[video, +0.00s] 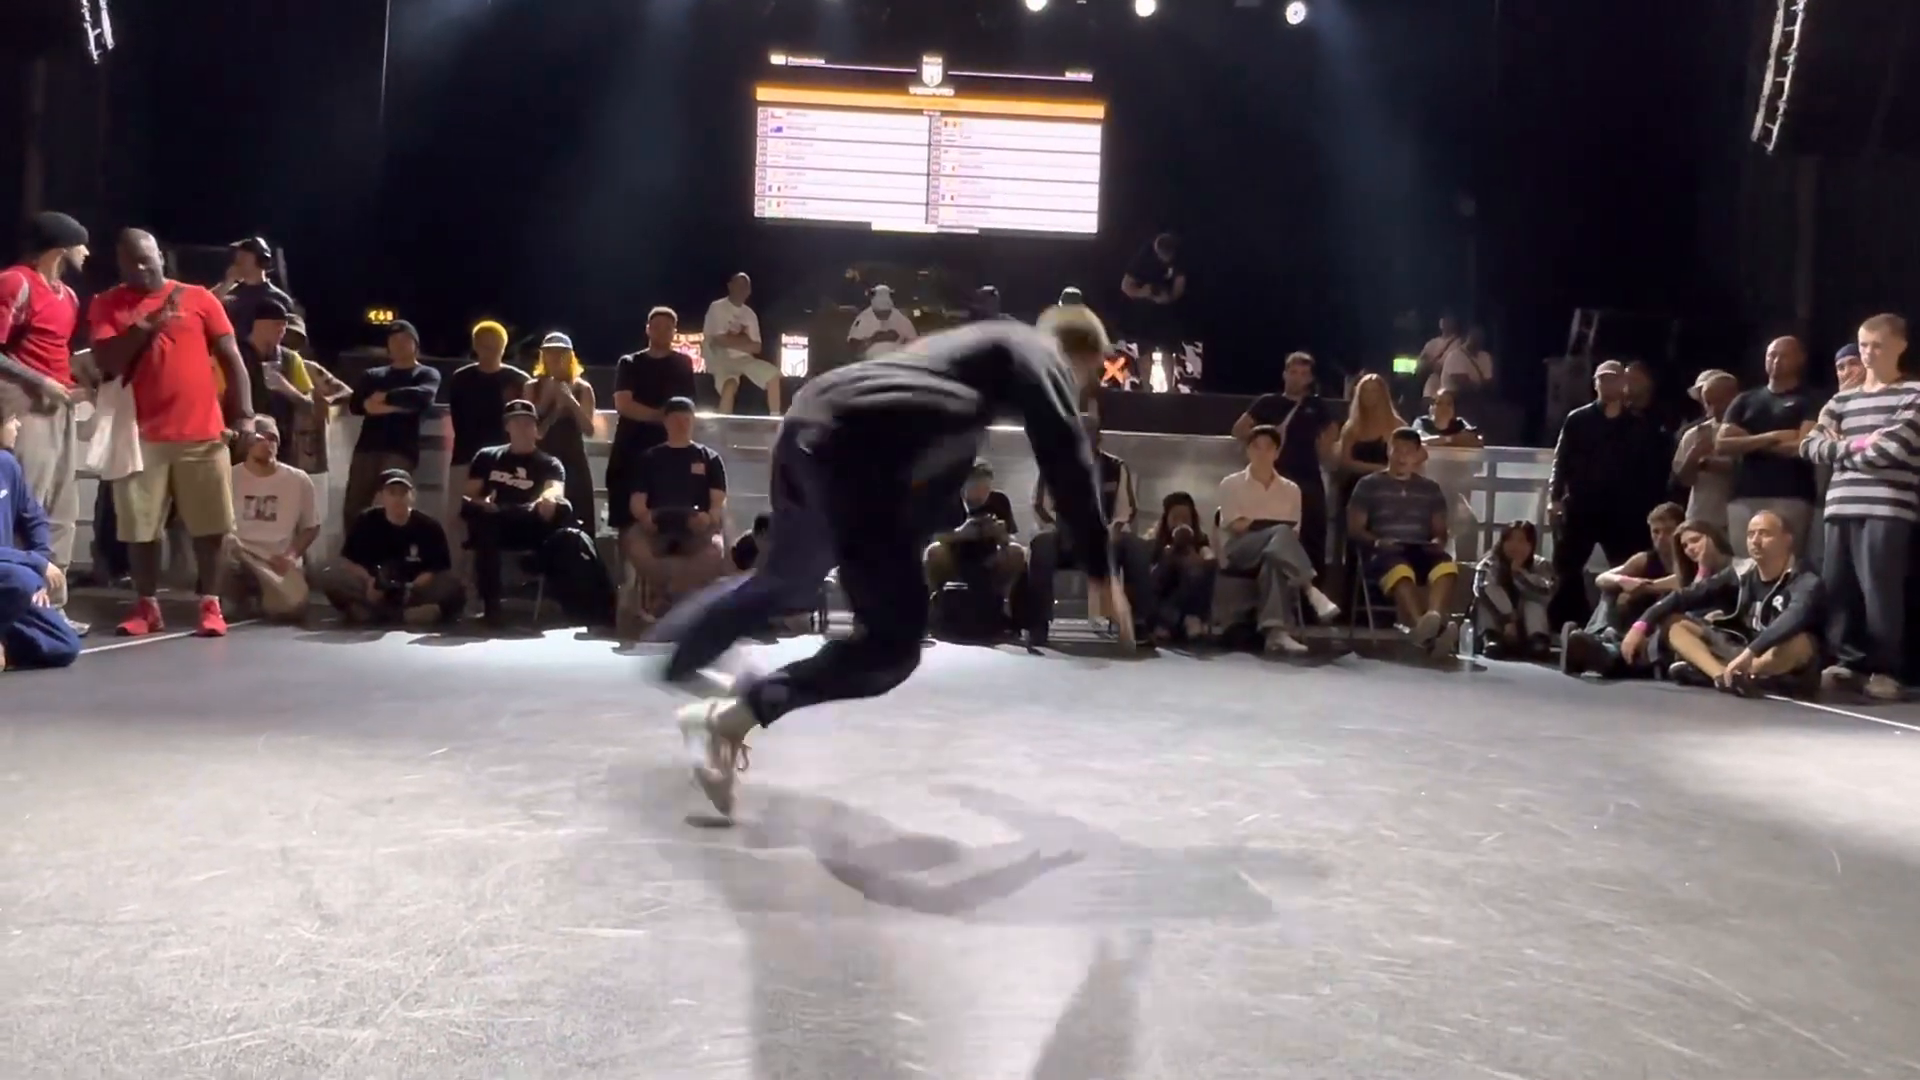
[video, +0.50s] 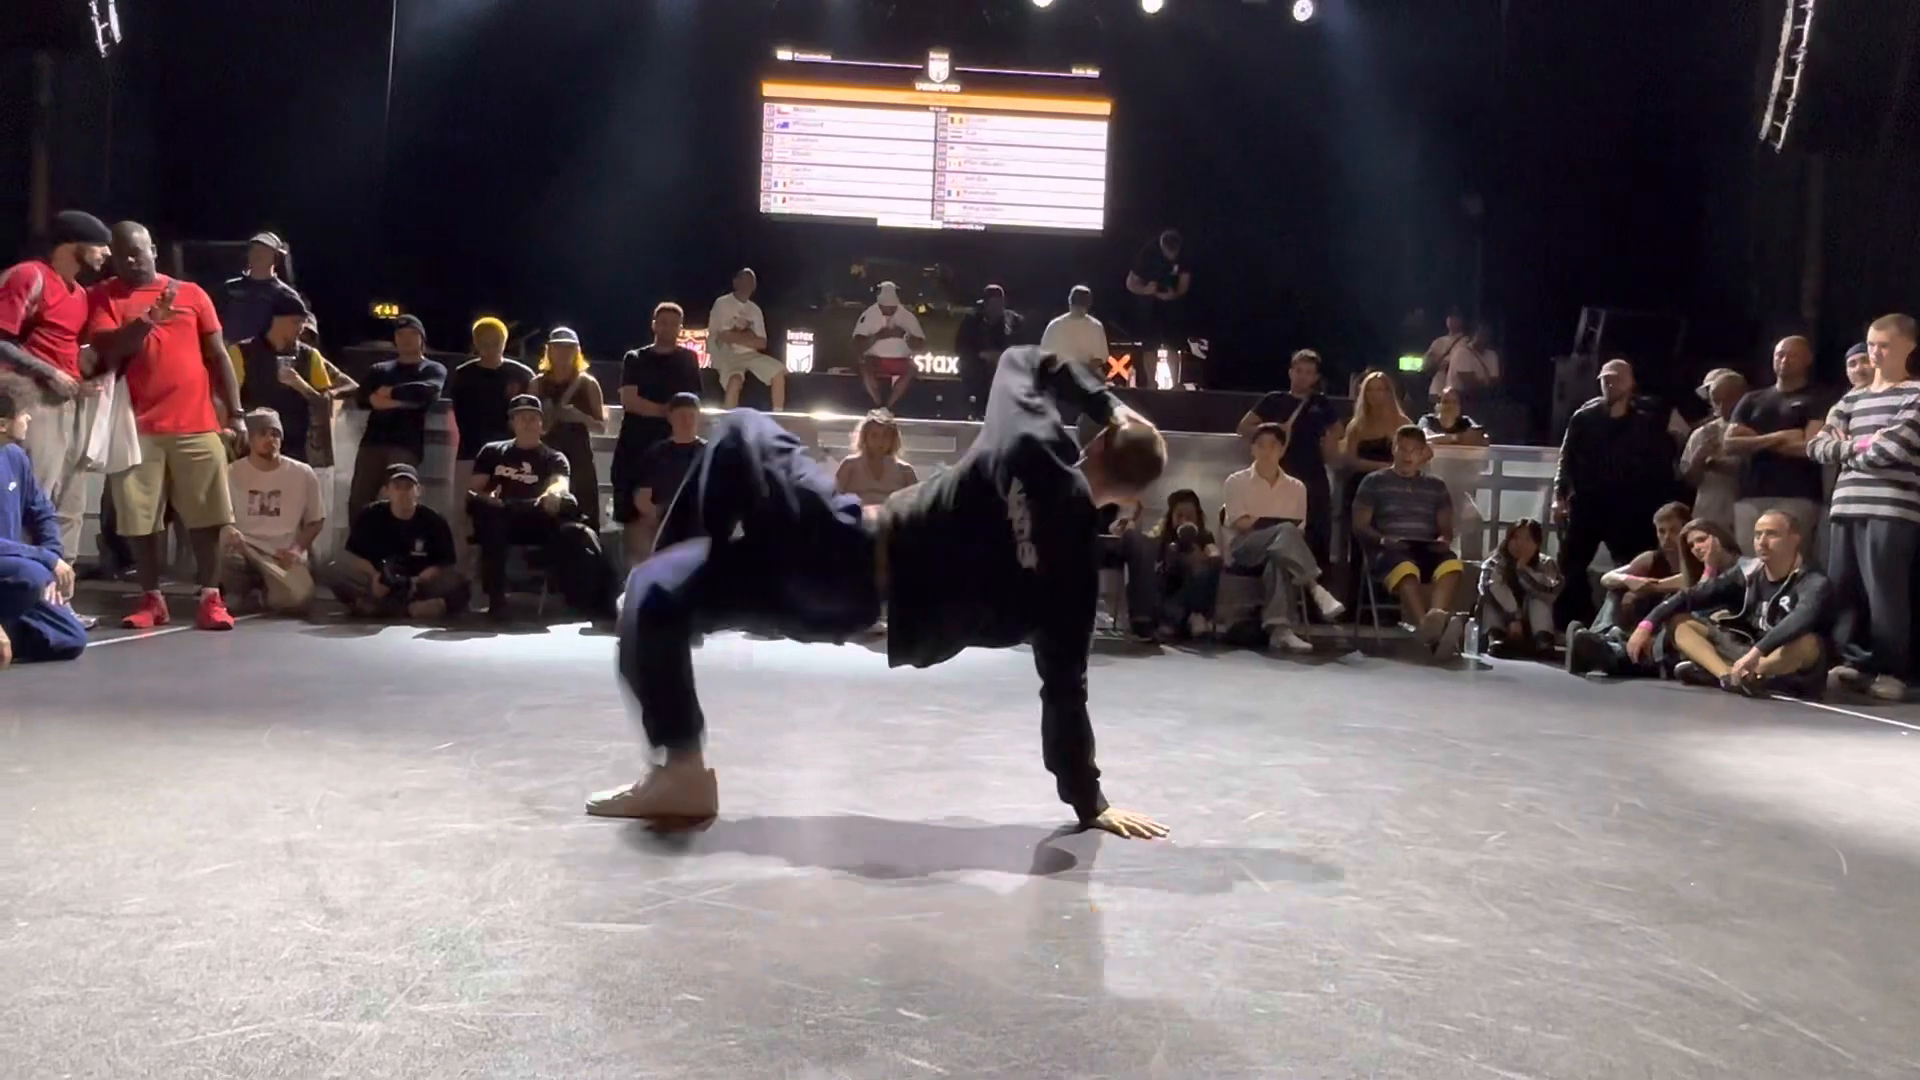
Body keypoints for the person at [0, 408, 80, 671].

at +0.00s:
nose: (18, 425)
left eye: (16, 418)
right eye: (13, 419)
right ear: (2, 426)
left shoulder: (8, 464)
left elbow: (35, 519)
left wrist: (41, 577)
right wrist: (40, 564)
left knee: (66, 645)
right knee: (21, 582)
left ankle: (7, 650)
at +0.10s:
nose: (20, 424)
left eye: (18, 417)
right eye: (14, 419)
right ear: (3, 425)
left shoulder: (9, 463)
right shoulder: (8, 463)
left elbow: (36, 517)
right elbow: (4, 550)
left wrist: (43, 572)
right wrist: (41, 564)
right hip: (5, 567)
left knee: (67, 643)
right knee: (23, 579)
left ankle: (7, 649)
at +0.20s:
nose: (24, 422)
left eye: (22, 415)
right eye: (18, 416)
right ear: (3, 423)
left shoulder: (10, 461)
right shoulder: (9, 461)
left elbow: (37, 516)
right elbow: (4, 549)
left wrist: (45, 575)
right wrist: (43, 563)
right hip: (5, 566)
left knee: (68, 641)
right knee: (24, 579)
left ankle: (7, 646)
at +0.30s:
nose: (25, 420)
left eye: (24, 413)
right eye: (20, 415)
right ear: (5, 423)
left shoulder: (11, 459)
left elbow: (39, 515)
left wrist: (48, 568)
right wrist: (46, 562)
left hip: (17, 566)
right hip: (6, 564)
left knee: (70, 640)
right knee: (29, 579)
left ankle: (8, 644)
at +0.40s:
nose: (26, 419)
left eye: (24, 413)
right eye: (20, 415)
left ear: (5, 427)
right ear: (4, 424)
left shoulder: (12, 457)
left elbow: (41, 514)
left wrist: (52, 565)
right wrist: (48, 561)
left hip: (18, 565)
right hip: (3, 564)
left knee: (71, 639)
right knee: (31, 578)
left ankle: (7, 640)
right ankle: (5, 633)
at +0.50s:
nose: (29, 418)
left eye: (27, 411)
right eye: (23, 413)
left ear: (6, 426)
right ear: (5, 424)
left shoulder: (14, 456)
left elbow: (42, 512)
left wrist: (53, 565)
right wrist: (49, 560)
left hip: (19, 564)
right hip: (4, 562)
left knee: (72, 639)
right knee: (33, 578)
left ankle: (8, 631)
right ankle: (6, 629)